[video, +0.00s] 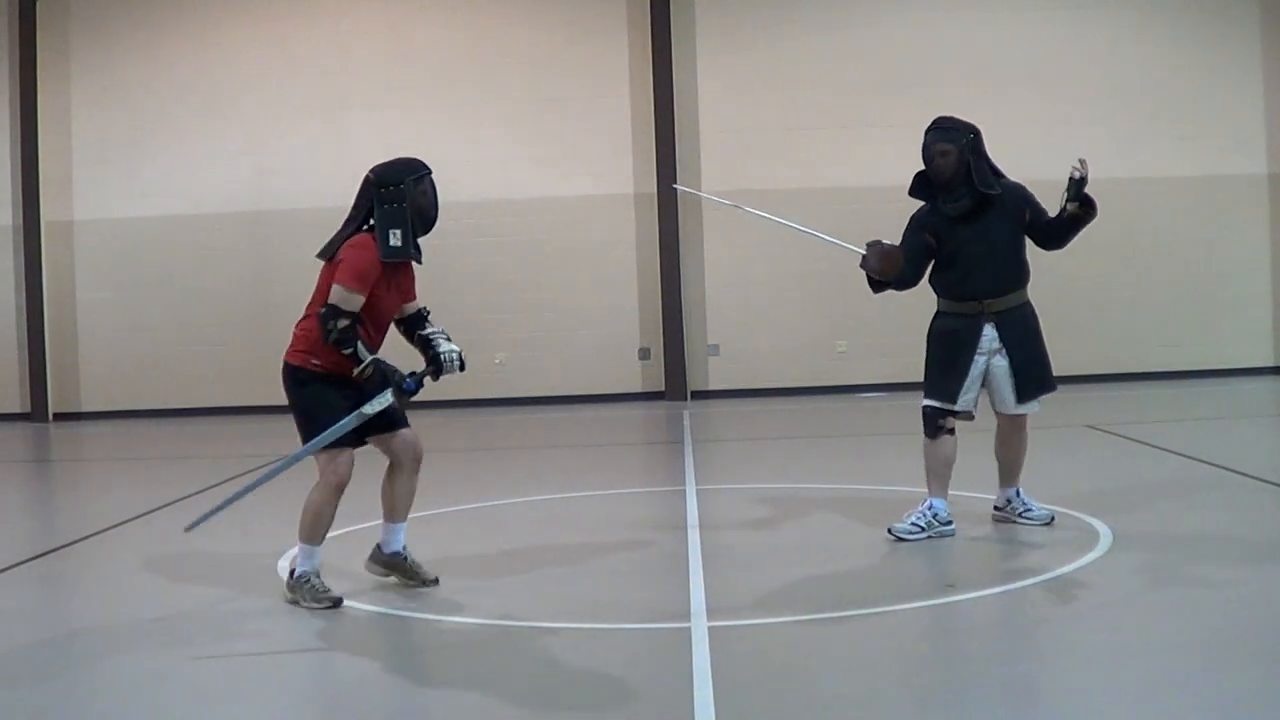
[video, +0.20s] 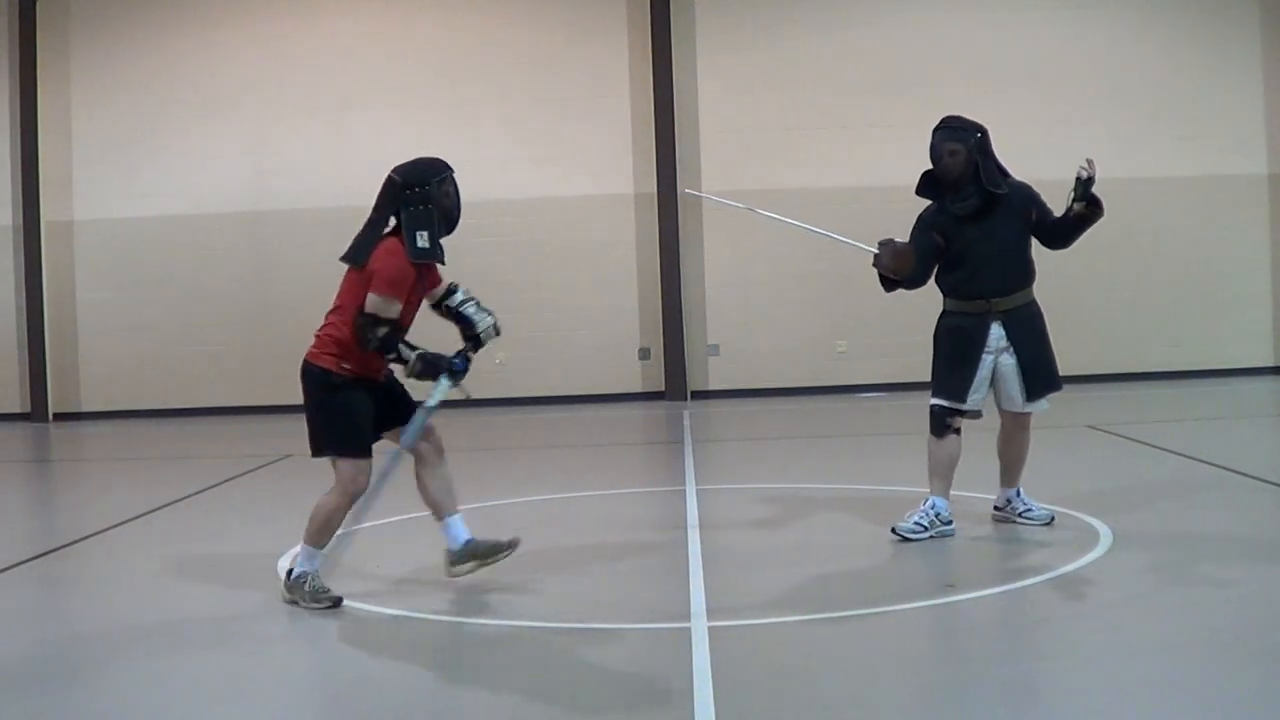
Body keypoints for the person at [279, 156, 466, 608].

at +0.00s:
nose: (432, 202)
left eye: (431, 192)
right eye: (424, 193)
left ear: (397, 200)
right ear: (400, 199)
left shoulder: (399, 252)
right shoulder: (363, 250)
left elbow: (406, 311)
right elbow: (336, 326)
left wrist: (435, 343)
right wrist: (381, 372)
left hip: (356, 371)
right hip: (314, 371)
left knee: (408, 453)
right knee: (336, 469)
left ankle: (390, 551)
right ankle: (301, 572)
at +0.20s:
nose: (453, 201)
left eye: (451, 192)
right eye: (446, 193)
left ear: (412, 201)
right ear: (425, 201)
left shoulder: (417, 250)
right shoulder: (394, 254)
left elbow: (437, 291)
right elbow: (372, 330)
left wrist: (467, 312)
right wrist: (422, 361)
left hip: (371, 374)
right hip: (333, 373)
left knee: (427, 445)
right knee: (352, 481)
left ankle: (459, 544)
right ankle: (299, 571)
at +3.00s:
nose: (682, 192)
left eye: (680, 183)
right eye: (678, 184)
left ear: (633, 186)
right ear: (667, 186)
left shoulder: (614, 228)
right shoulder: (672, 233)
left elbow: (625, 315)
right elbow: (681, 306)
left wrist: (680, 353)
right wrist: (704, 338)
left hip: (590, 348)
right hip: (633, 347)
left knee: (620, 448)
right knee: (688, 430)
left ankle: (619, 539)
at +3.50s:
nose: (648, 233)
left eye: (648, 223)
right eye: (645, 222)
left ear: (604, 219)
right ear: (628, 221)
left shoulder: (576, 257)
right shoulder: (611, 261)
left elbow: (583, 349)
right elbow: (612, 335)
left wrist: (636, 368)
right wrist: (650, 338)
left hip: (545, 376)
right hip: (535, 376)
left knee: (604, 447)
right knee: (519, 481)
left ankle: (630, 539)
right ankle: (445, 564)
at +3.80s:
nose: (668, 213)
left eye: (666, 203)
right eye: (664, 204)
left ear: (618, 207)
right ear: (652, 207)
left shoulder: (596, 250)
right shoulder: (641, 251)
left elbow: (612, 337)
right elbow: (668, 325)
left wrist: (671, 334)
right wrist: (683, 304)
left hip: (580, 372)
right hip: (564, 370)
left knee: (634, 448)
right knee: (563, 478)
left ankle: (630, 544)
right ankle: (470, 541)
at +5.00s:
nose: (699, 197)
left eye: (697, 188)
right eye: (696, 188)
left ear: (643, 192)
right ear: (685, 190)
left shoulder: (625, 236)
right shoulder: (686, 234)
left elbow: (619, 318)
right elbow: (696, 307)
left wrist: (673, 353)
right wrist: (714, 319)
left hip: (595, 360)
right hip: (620, 364)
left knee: (671, 452)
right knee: (655, 473)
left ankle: (665, 569)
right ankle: (558, 551)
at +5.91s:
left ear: (830, 215)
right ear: (863, 219)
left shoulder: (819, 236)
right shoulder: (865, 257)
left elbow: (793, 209)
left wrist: (788, 195)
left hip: (813, 360)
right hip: (856, 362)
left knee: (781, 452)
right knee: (852, 434)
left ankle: (782, 505)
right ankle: (892, 505)